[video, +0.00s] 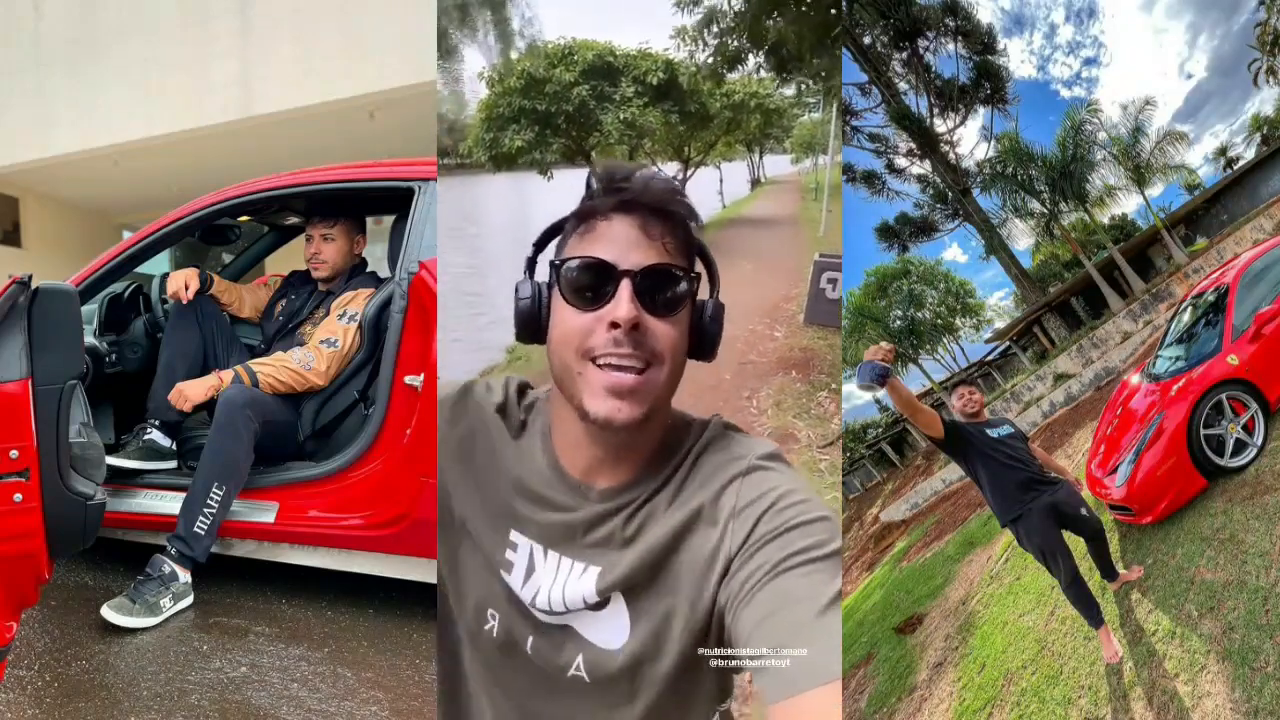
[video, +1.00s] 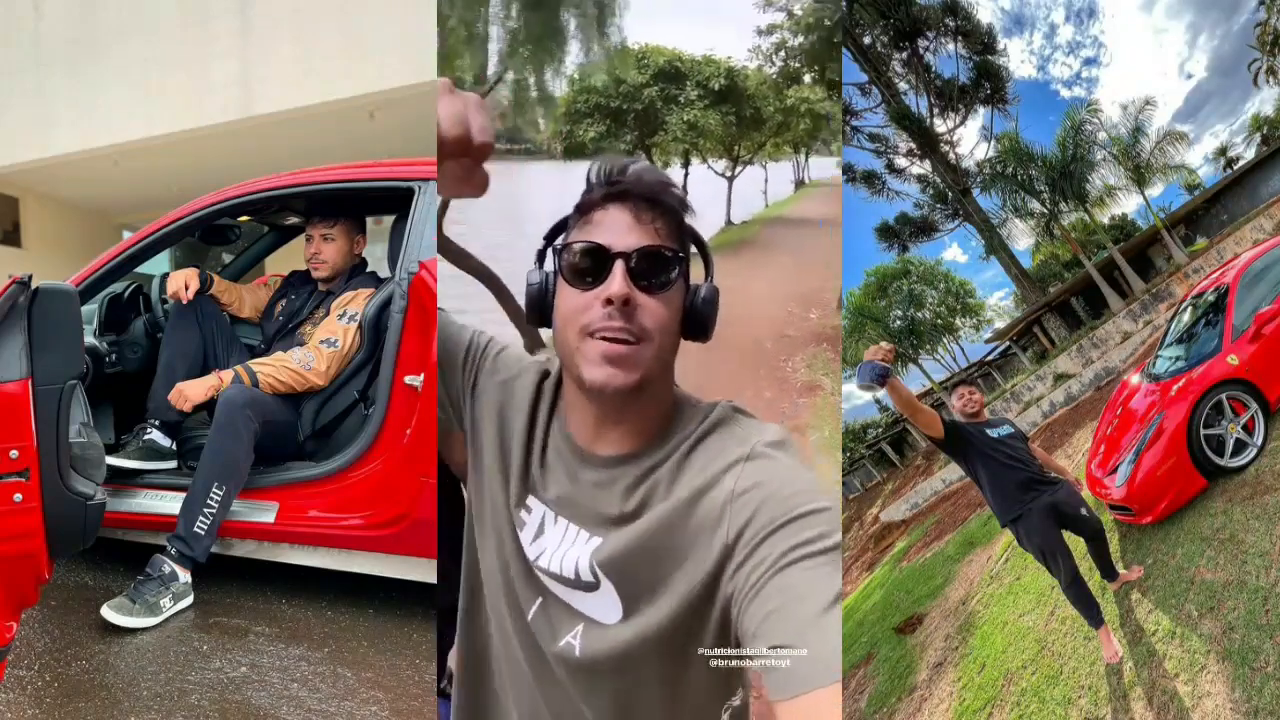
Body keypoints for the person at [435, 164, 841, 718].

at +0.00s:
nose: (625, 313)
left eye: (661, 290)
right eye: (589, 282)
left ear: (699, 327)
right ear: (541, 308)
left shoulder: (759, 514)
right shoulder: (466, 430)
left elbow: (818, 705)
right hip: (471, 706)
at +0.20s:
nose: (632, 315)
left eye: (669, 291)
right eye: (597, 284)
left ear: (706, 326)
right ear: (547, 305)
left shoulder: (761, 511)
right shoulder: (463, 424)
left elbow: (814, 706)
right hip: (476, 700)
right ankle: (452, 685)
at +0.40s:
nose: (631, 303)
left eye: (666, 281)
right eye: (599, 272)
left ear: (703, 319)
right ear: (550, 294)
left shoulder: (759, 511)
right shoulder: (470, 403)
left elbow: (817, 707)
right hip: (467, 704)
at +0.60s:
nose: (633, 297)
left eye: (669, 278)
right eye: (607, 265)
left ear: (699, 310)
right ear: (563, 279)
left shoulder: (749, 495)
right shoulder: (515, 369)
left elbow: (809, 708)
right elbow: (460, 296)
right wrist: (457, 233)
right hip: (466, 704)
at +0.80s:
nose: (627, 281)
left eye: (664, 262)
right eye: (601, 253)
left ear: (699, 298)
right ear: (559, 271)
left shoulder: (750, 484)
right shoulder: (513, 357)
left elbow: (805, 706)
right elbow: (420, 228)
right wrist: (453, 129)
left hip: (625, 705)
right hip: (471, 699)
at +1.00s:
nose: (616, 292)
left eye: (651, 270)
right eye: (588, 267)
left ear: (689, 306)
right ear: (550, 293)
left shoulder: (760, 492)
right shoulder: (495, 393)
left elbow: (809, 706)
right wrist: (418, 188)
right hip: (485, 707)